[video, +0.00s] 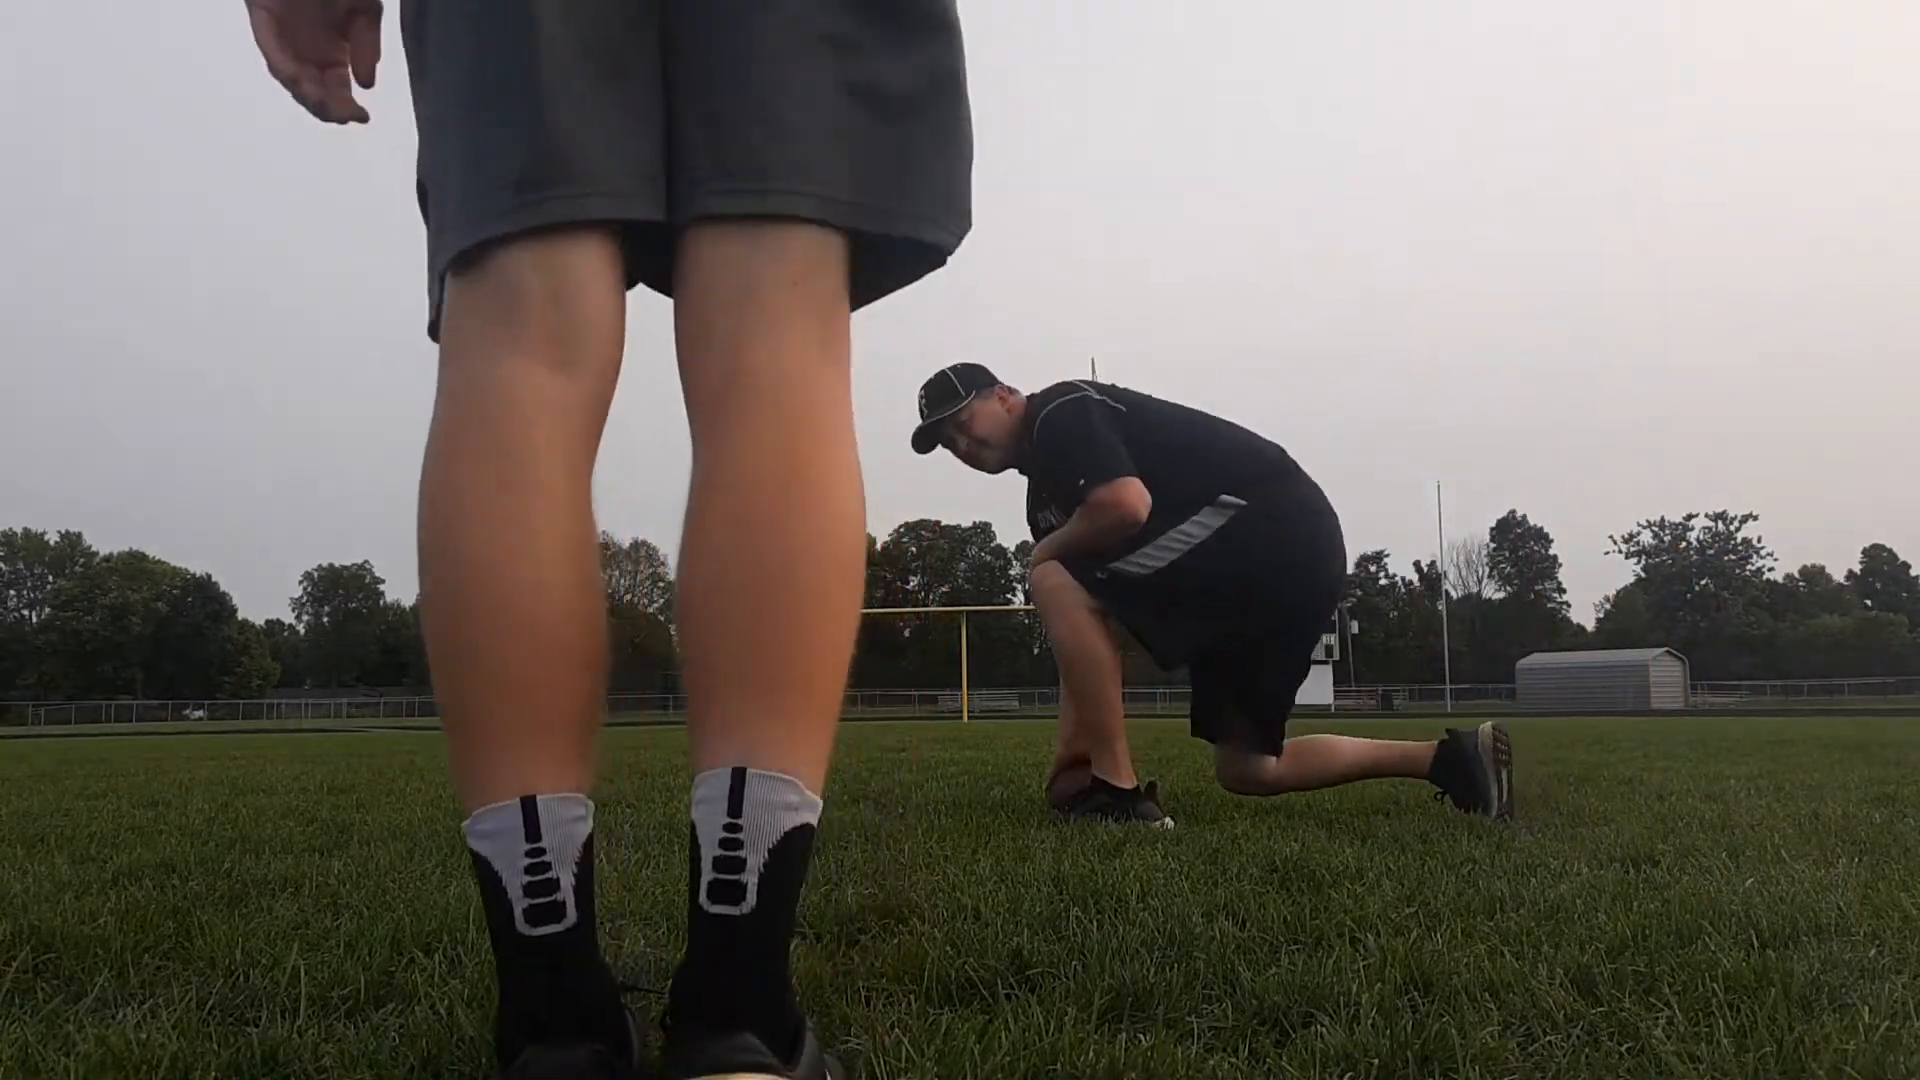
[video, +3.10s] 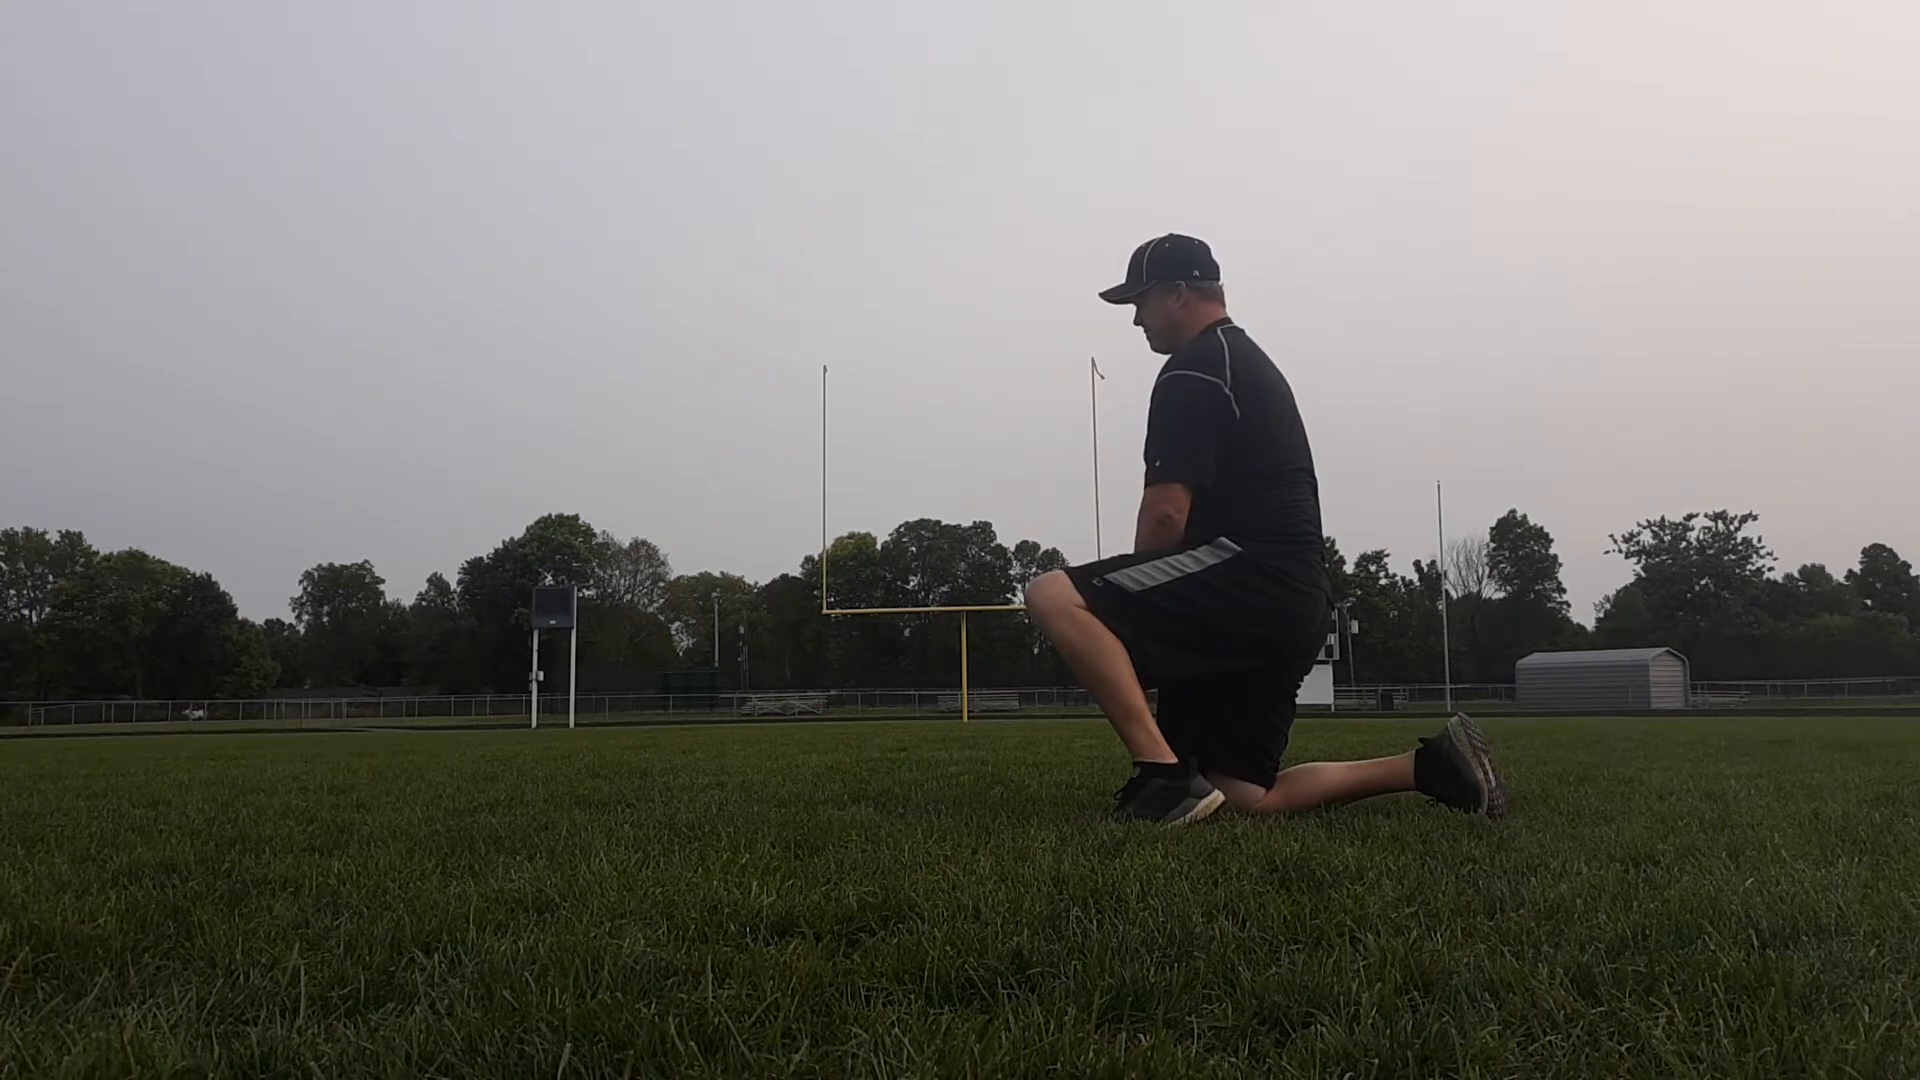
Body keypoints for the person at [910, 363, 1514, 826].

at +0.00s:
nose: (959, 448)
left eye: (959, 427)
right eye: (947, 443)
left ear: (996, 396)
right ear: (966, 446)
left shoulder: (1062, 411)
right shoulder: (1051, 498)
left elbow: (1127, 503)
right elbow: (1089, 630)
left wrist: (1045, 554)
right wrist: (1070, 755)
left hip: (1263, 522)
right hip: (1304, 554)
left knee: (1056, 578)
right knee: (1247, 767)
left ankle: (1120, 786)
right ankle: (1444, 759)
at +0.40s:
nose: (1003, 435)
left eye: (1005, 415)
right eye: (995, 424)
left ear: (1050, 388)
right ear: (1024, 409)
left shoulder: (1118, 408)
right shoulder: (1072, 495)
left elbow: (1169, 514)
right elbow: (1121, 622)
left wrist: (1065, 552)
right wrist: (1094, 748)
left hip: (1286, 559)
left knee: (1076, 576)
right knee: (1238, 797)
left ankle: (1120, 789)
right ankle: (1426, 764)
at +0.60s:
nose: (1046, 390)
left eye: (1048, 372)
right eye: (1040, 379)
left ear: (1091, 352)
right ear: (1089, 357)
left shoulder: (1158, 385)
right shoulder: (1117, 445)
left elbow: (1179, 503)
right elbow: (1138, 592)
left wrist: (1090, 553)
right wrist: (1123, 710)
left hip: (1289, 565)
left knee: (1085, 575)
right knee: (1238, 796)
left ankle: (1119, 785)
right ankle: (1428, 767)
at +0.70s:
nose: (1067, 374)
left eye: (1067, 357)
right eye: (1060, 363)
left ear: (1110, 336)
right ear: (1114, 341)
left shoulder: (1169, 377)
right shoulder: (1153, 413)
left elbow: (1179, 497)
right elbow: (1188, 547)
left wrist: (1091, 557)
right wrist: (1147, 658)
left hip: (1287, 562)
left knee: (1088, 577)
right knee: (1238, 795)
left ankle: (1120, 786)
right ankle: (1428, 766)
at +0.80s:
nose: (1085, 359)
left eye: (1087, 341)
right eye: (1078, 348)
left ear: (1129, 320)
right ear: (1132, 321)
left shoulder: (1182, 371)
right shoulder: (1189, 377)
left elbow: (1175, 500)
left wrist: (1101, 564)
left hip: (1287, 562)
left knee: (1089, 579)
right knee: (1236, 796)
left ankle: (1120, 788)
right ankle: (1429, 768)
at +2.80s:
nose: (1137, 315)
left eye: (1142, 300)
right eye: (1135, 303)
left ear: (1180, 293)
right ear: (1199, 293)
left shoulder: (1198, 362)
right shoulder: (1248, 361)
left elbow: (1166, 509)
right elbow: (1243, 509)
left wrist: (1138, 604)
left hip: (1248, 573)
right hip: (1294, 595)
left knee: (1056, 594)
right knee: (1236, 794)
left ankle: (1163, 775)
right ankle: (1425, 769)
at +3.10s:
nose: (1136, 318)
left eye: (1141, 301)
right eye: (1134, 305)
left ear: (1180, 294)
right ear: (1199, 295)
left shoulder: (1196, 364)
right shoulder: (1248, 363)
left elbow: (1165, 509)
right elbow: (1238, 511)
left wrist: (1136, 610)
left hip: (1248, 573)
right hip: (1294, 596)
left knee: (1055, 595)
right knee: (1237, 793)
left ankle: (1163, 775)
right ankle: (1426, 769)